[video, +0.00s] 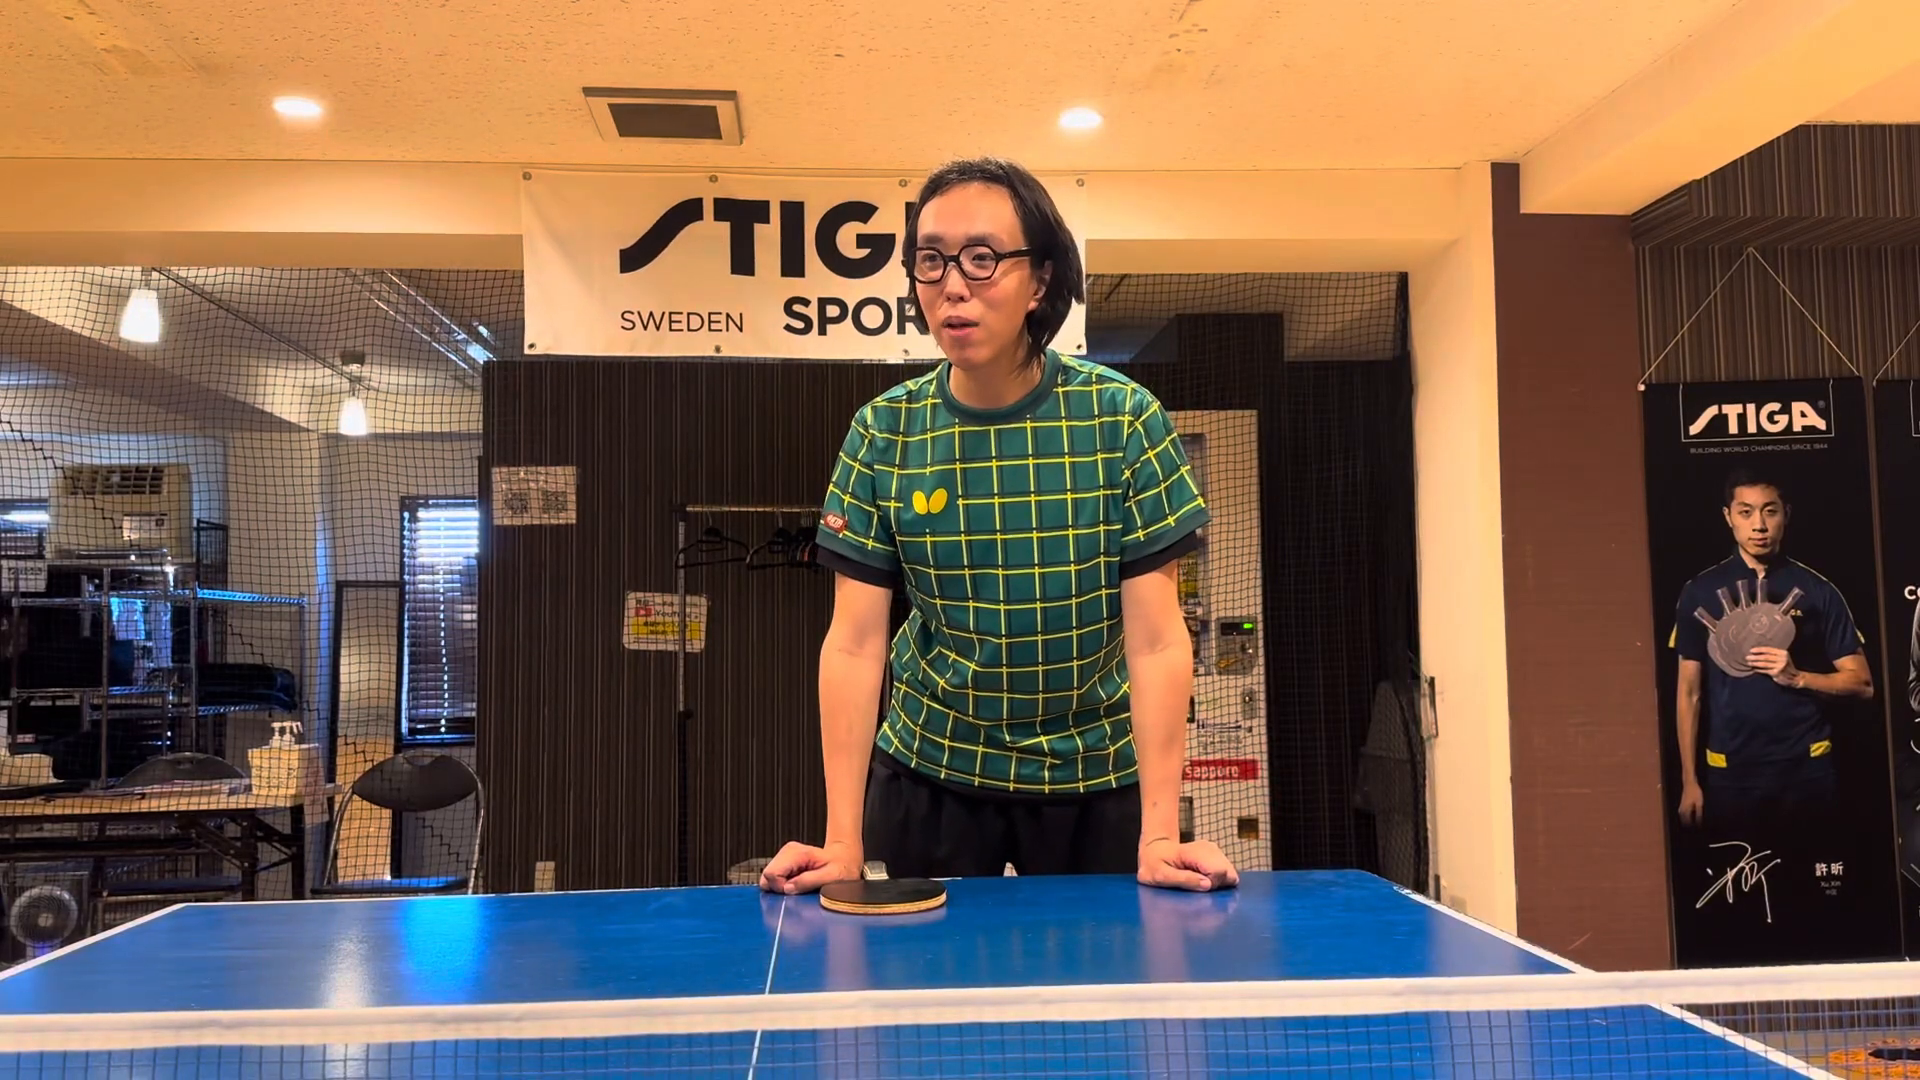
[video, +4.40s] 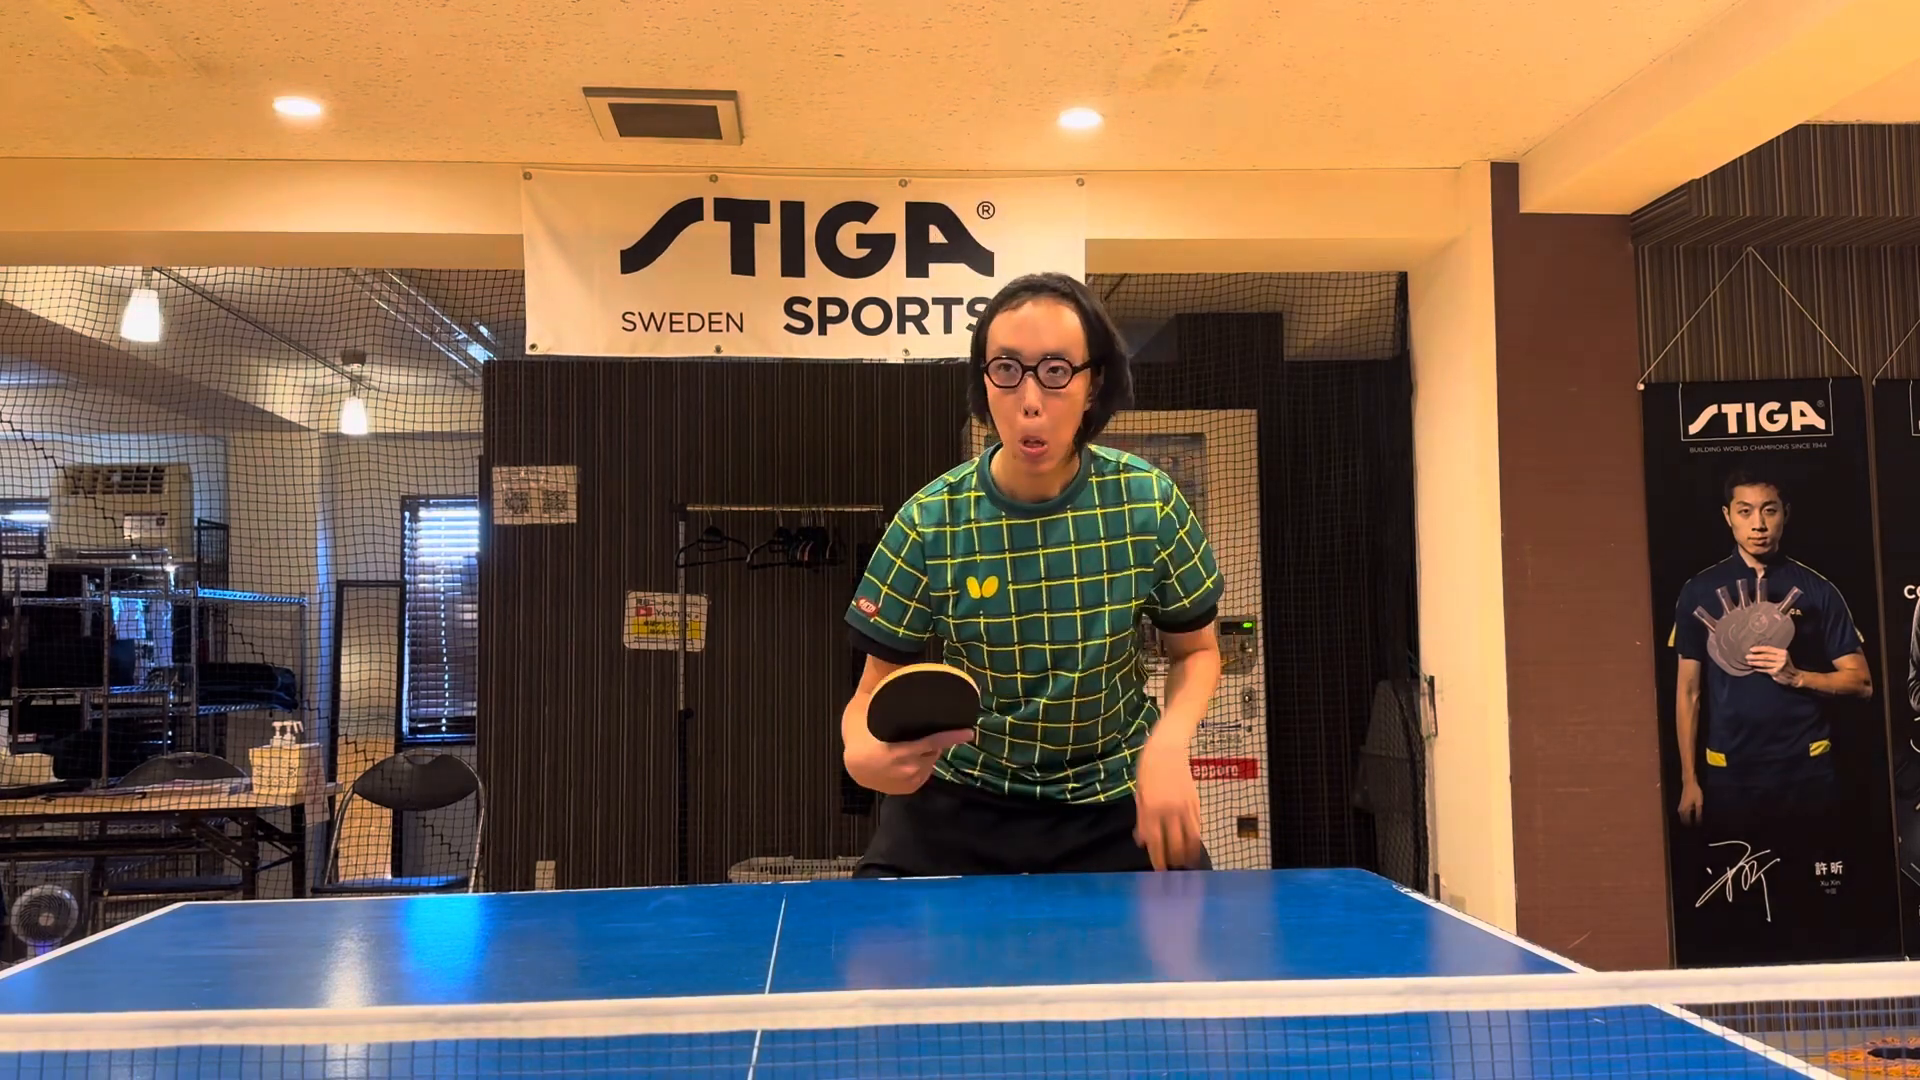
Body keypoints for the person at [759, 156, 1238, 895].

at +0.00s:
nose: (951, 283)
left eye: (982, 257)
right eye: (932, 259)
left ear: (1040, 281)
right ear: (914, 278)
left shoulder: (1122, 419)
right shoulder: (886, 429)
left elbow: (1157, 642)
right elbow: (853, 645)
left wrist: (1162, 836)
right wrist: (841, 843)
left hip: (1093, 800)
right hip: (928, 796)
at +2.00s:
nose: (999, 245)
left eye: (1026, 225)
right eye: (979, 225)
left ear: (1070, 258)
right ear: (958, 253)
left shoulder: (1129, 419)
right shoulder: (913, 426)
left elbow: (1158, 615)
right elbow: (881, 628)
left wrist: (1147, 758)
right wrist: (903, 781)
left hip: (1100, 779)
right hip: (947, 779)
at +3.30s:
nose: (1010, 318)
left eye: (1034, 295)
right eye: (988, 294)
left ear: (1069, 310)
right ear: (960, 311)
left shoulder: (1120, 459)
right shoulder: (900, 464)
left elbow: (1158, 639)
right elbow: (831, 648)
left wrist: (1124, 641)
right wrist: (916, 708)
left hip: (1097, 800)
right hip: (929, 801)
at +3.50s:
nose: (1070, 329)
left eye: (1095, 307)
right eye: (1048, 304)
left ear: (1129, 321)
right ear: (1019, 317)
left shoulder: (1181, 453)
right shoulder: (964, 473)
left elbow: (1232, 661)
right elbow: (886, 649)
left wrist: (1186, 541)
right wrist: (938, 714)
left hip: (1154, 782)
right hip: (989, 779)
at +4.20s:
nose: (1032, 387)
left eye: (1058, 363)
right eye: (1010, 361)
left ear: (1096, 378)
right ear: (986, 374)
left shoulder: (1149, 493)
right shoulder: (933, 513)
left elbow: (1203, 684)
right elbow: (869, 694)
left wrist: (1162, 623)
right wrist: (898, 767)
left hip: (1121, 792)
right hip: (962, 796)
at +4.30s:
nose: (1028, 394)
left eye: (1053, 369)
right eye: (1006, 367)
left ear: (1091, 383)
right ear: (982, 380)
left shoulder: (1149, 502)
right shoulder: (927, 521)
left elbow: (1202, 651)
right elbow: (873, 692)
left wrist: (1156, 668)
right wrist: (876, 760)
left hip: (1123, 811)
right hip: (956, 813)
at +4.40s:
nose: (1030, 400)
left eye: (1056, 371)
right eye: (1007, 370)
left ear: (1094, 383)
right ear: (983, 383)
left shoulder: (1149, 505)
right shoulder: (930, 522)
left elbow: (1197, 651)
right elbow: (879, 682)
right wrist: (862, 758)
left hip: (1110, 812)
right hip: (953, 808)